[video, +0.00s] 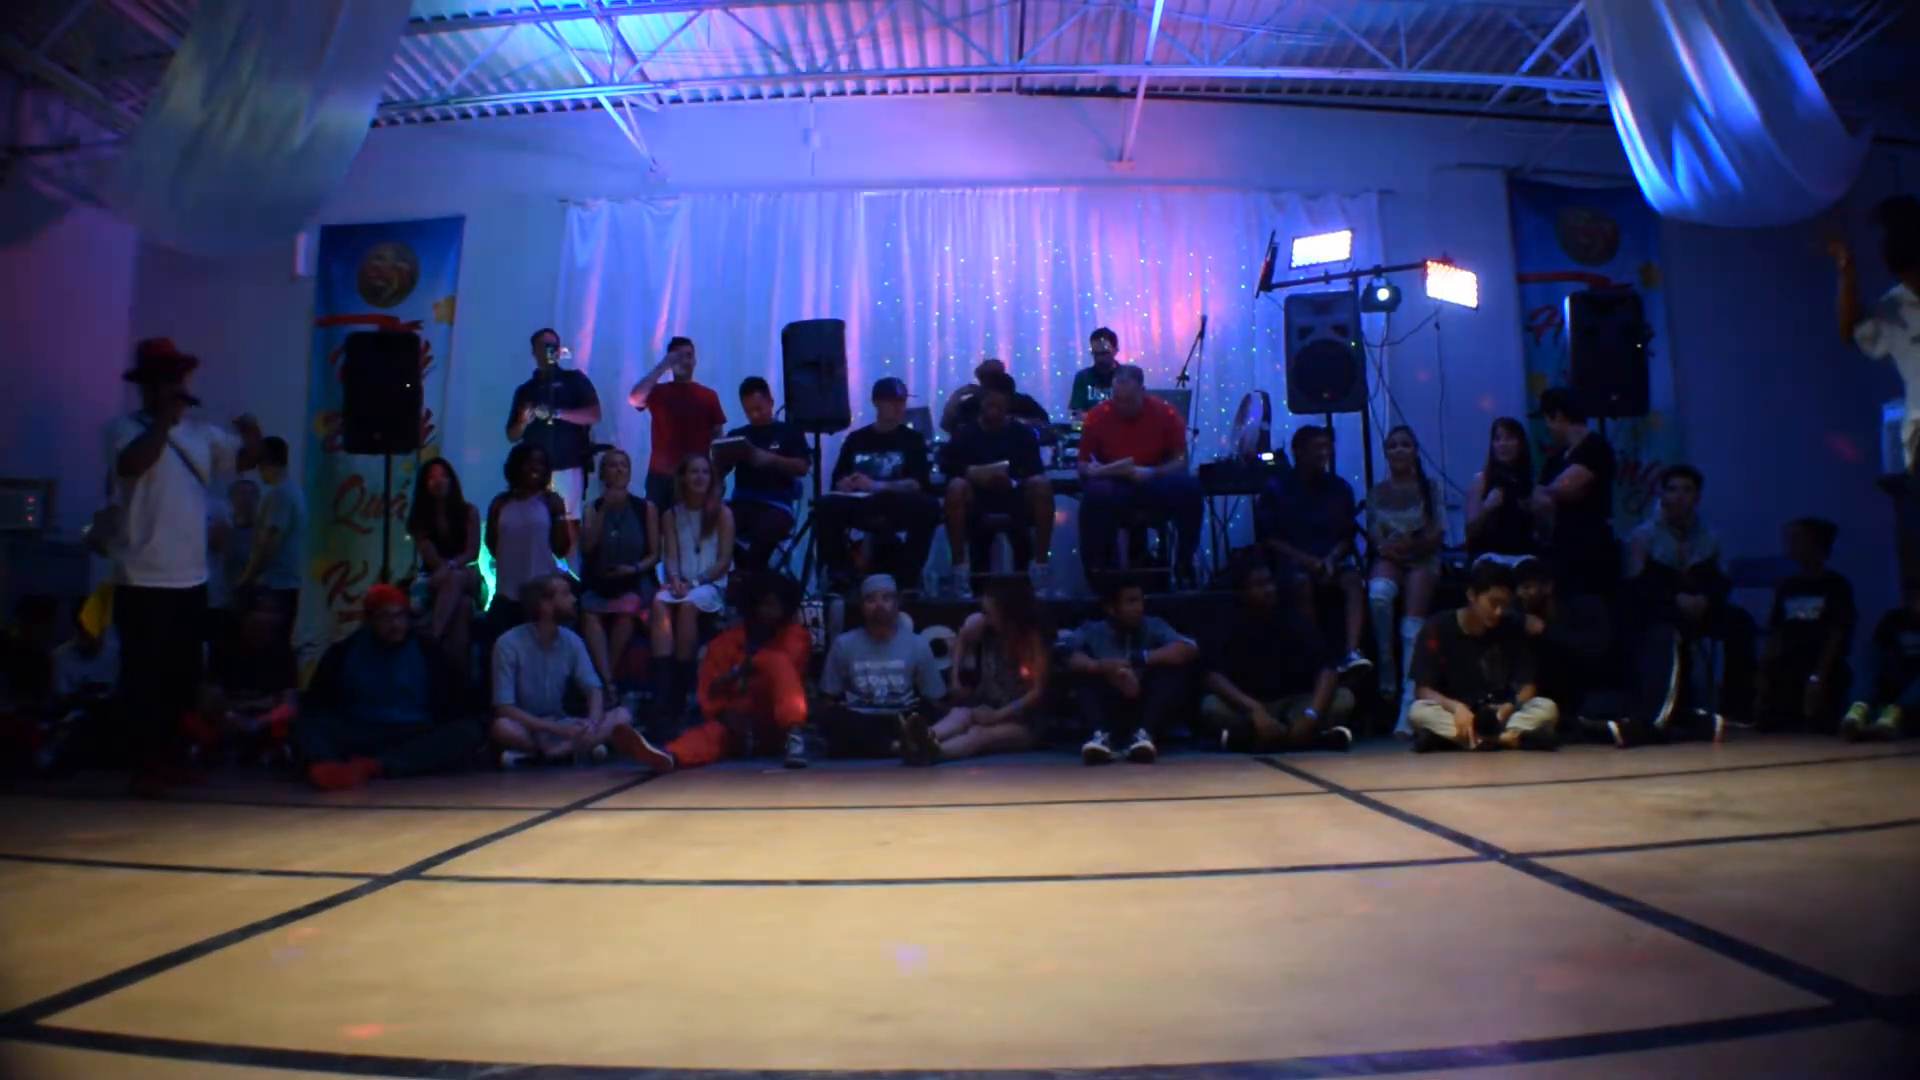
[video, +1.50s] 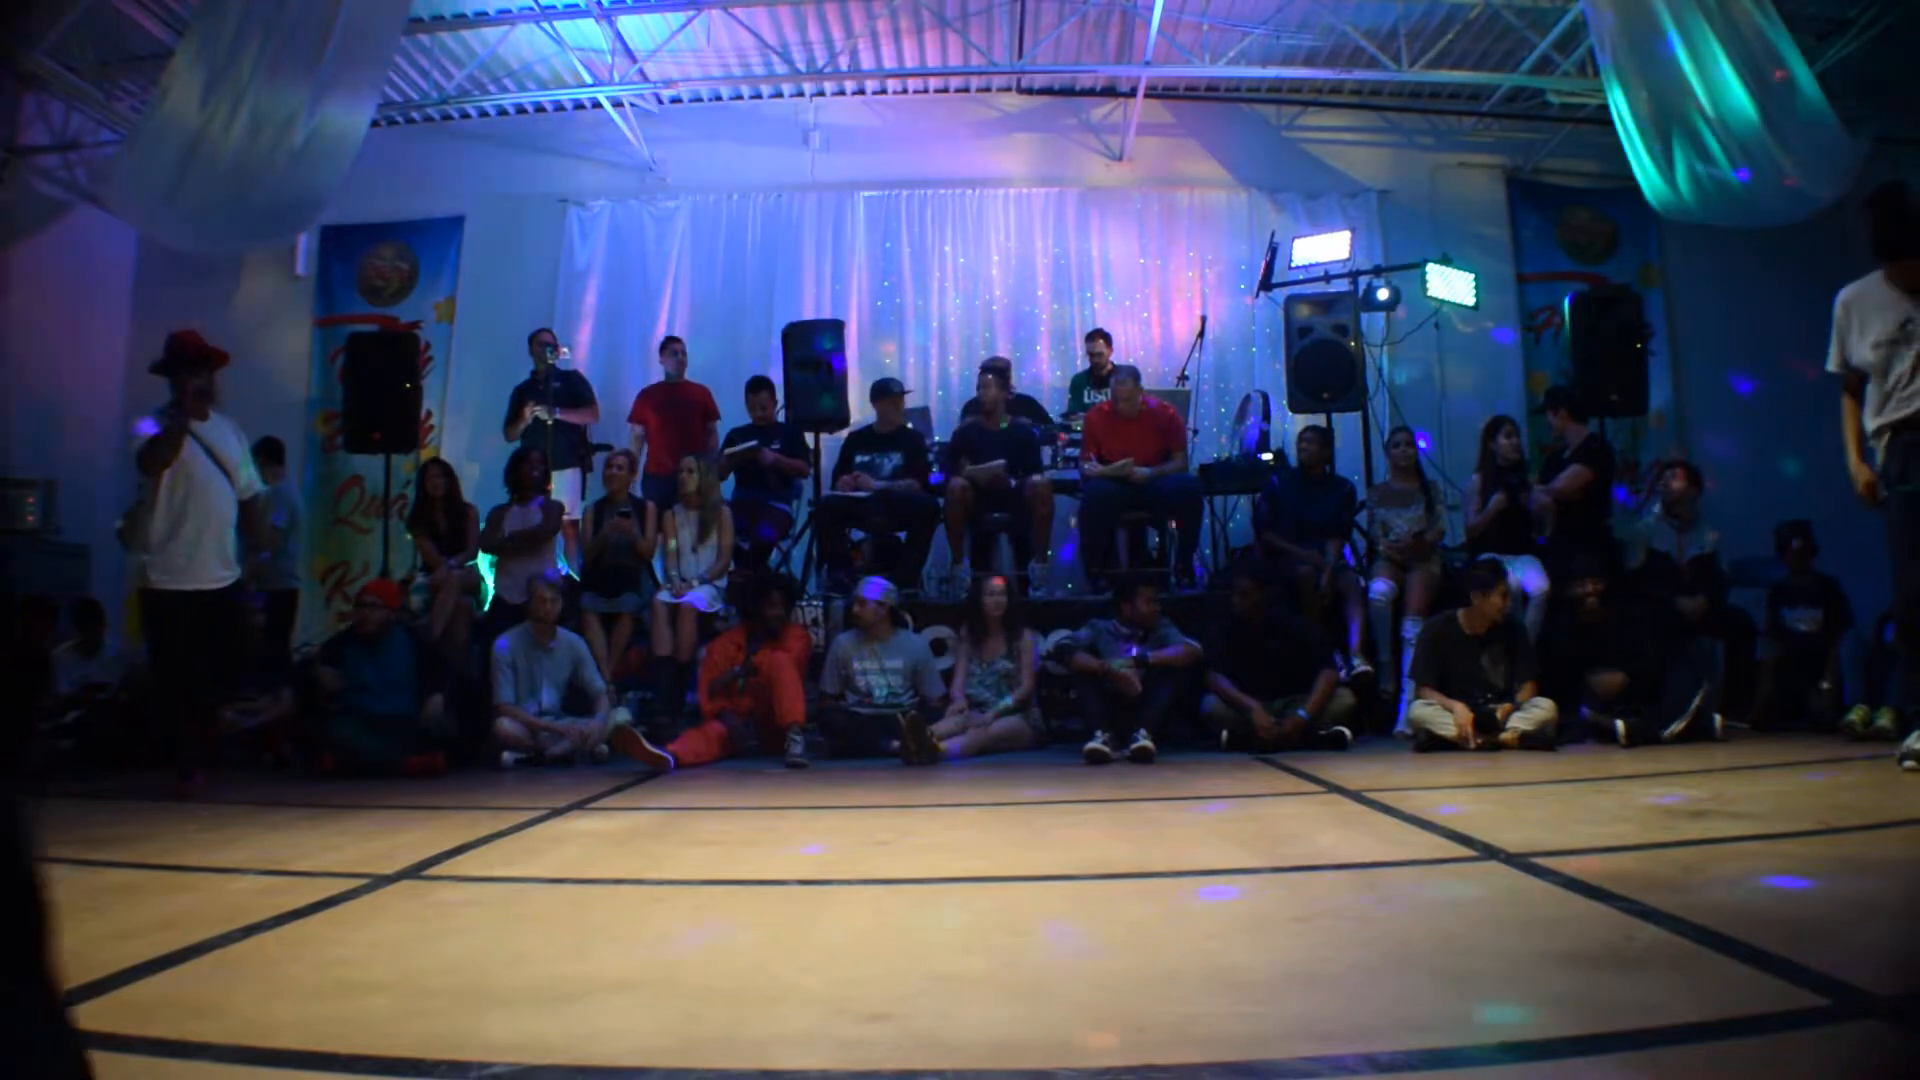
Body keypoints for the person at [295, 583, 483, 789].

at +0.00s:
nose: (396, 624)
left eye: (401, 616)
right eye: (388, 617)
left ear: (408, 617)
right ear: (371, 620)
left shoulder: (425, 651)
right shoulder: (344, 654)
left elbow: (447, 697)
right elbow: (317, 704)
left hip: (415, 732)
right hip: (357, 732)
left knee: (467, 733)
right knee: (307, 725)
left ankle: (379, 766)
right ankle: (327, 766)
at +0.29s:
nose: (383, 624)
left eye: (391, 617)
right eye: (377, 616)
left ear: (404, 619)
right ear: (366, 617)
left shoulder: (423, 650)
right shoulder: (344, 651)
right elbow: (317, 701)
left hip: (414, 731)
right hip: (356, 730)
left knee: (466, 734)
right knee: (307, 725)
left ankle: (380, 766)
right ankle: (328, 766)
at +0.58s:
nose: (381, 621)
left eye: (389, 614)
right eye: (375, 613)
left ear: (402, 617)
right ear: (365, 616)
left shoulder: (421, 646)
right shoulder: (349, 646)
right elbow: (319, 692)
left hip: (415, 728)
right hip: (358, 726)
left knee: (465, 734)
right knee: (312, 718)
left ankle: (376, 766)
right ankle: (327, 763)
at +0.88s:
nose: (389, 614)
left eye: (397, 607)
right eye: (382, 606)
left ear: (409, 612)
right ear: (371, 611)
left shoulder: (427, 645)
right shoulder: (355, 643)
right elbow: (327, 684)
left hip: (417, 722)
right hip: (363, 720)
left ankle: (377, 765)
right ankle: (339, 760)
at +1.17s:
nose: (380, 611)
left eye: (388, 605)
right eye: (374, 604)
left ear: (403, 610)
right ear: (366, 607)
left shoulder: (422, 642)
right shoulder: (349, 640)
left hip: (414, 715)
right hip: (363, 716)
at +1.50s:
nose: (365, 614)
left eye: (373, 607)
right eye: (361, 606)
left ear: (389, 612)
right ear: (354, 609)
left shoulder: (410, 642)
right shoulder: (345, 641)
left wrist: (435, 697)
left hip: (404, 717)